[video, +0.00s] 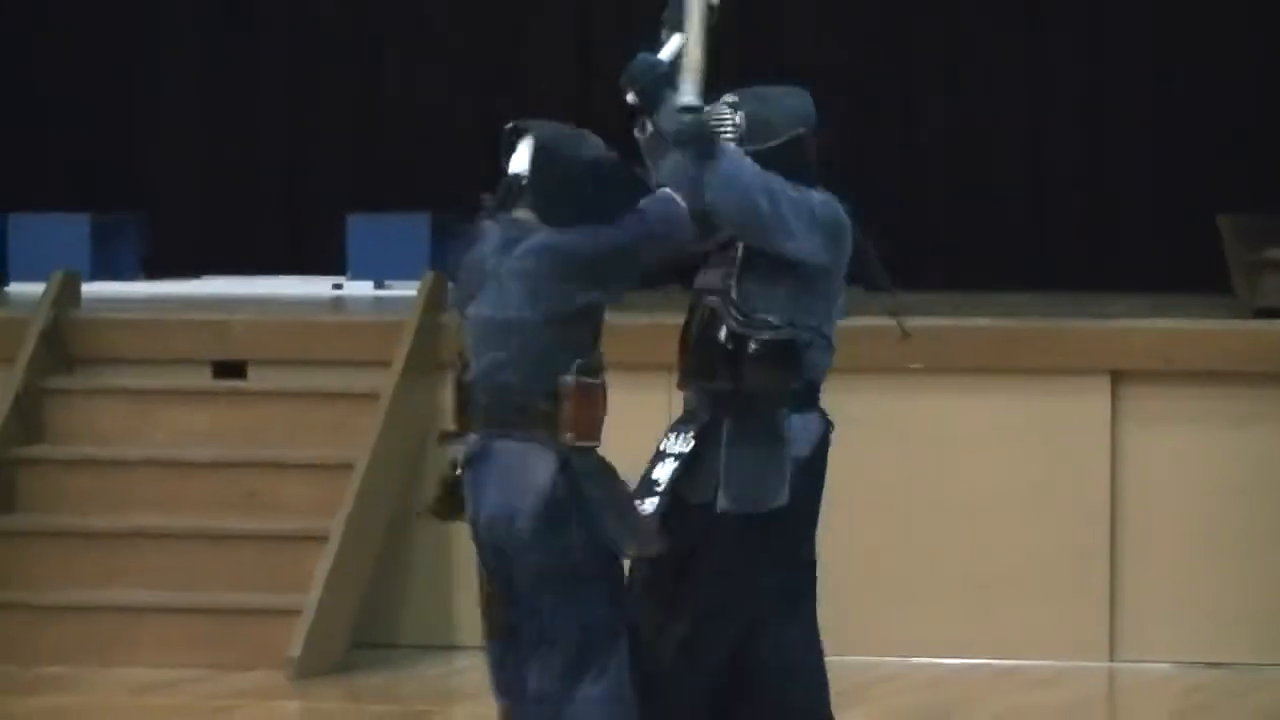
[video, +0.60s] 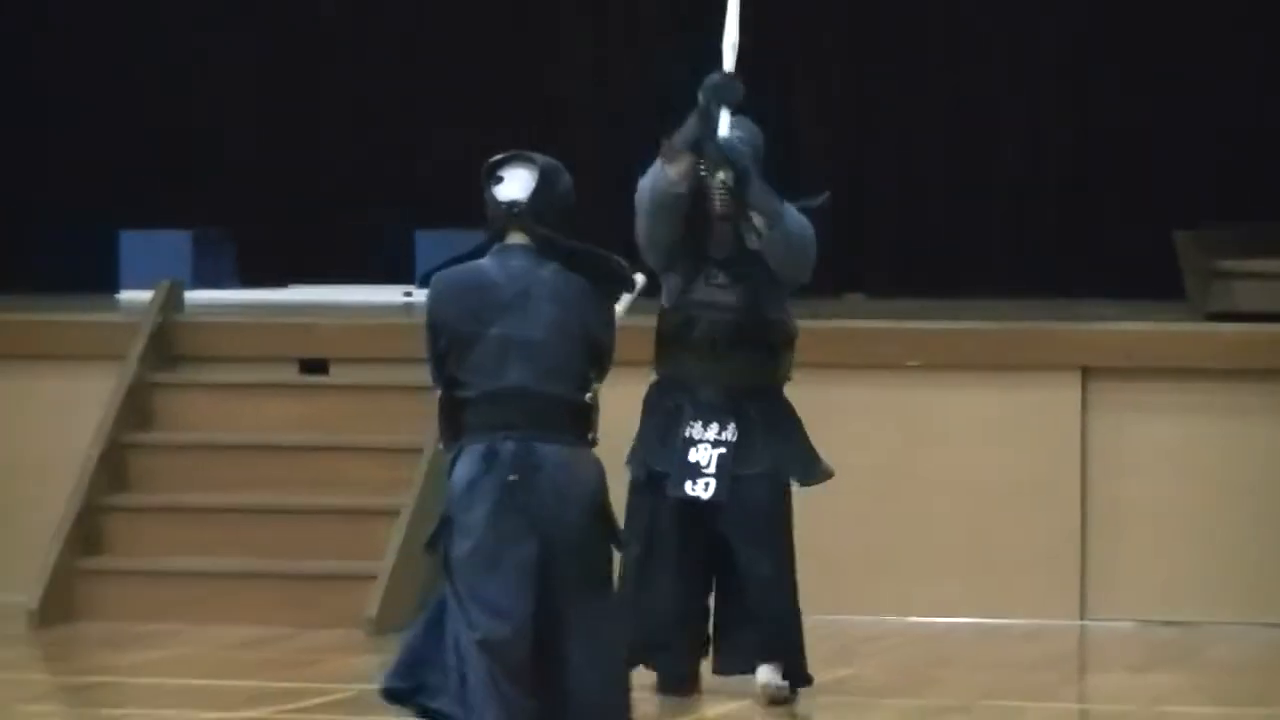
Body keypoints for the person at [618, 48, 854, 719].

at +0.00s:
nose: (718, 165)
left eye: (727, 150)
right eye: (715, 152)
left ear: (771, 150)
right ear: (769, 150)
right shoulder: (731, 217)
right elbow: (669, 192)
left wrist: (672, 114)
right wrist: (659, 132)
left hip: (774, 432)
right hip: (710, 426)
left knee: (763, 603)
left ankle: (776, 708)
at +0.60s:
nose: (718, 196)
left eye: (729, 183)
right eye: (709, 185)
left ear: (750, 183)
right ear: (690, 189)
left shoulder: (780, 239)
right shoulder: (672, 250)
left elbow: (799, 259)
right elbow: (657, 193)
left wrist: (751, 181)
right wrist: (692, 133)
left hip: (754, 401)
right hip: (679, 401)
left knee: (760, 535)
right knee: (670, 535)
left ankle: (773, 664)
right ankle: (674, 669)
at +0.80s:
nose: (760, 155)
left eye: (770, 146)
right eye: (752, 144)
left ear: (786, 155)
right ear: (736, 149)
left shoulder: (814, 223)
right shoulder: (704, 214)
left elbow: (820, 282)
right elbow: (688, 267)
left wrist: (758, 278)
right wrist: (727, 226)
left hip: (784, 382)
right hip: (713, 380)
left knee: (787, 519)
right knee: (703, 510)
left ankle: (788, 644)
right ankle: (714, 636)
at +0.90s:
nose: (776, 178)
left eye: (787, 166)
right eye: (767, 165)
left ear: (803, 173)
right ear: (753, 171)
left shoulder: (833, 240)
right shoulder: (727, 234)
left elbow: (835, 315)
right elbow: (727, 290)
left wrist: (762, 304)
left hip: (804, 390)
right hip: (736, 388)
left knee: (800, 516)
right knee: (723, 511)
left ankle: (799, 630)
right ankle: (727, 629)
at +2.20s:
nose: (752, 244)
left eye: (758, 235)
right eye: (744, 236)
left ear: (770, 238)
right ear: (733, 240)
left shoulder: (799, 285)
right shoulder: (717, 285)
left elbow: (806, 335)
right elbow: (702, 334)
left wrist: (774, 367)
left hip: (783, 400)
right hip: (732, 401)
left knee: (787, 487)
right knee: (727, 487)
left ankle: (786, 569)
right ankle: (727, 573)